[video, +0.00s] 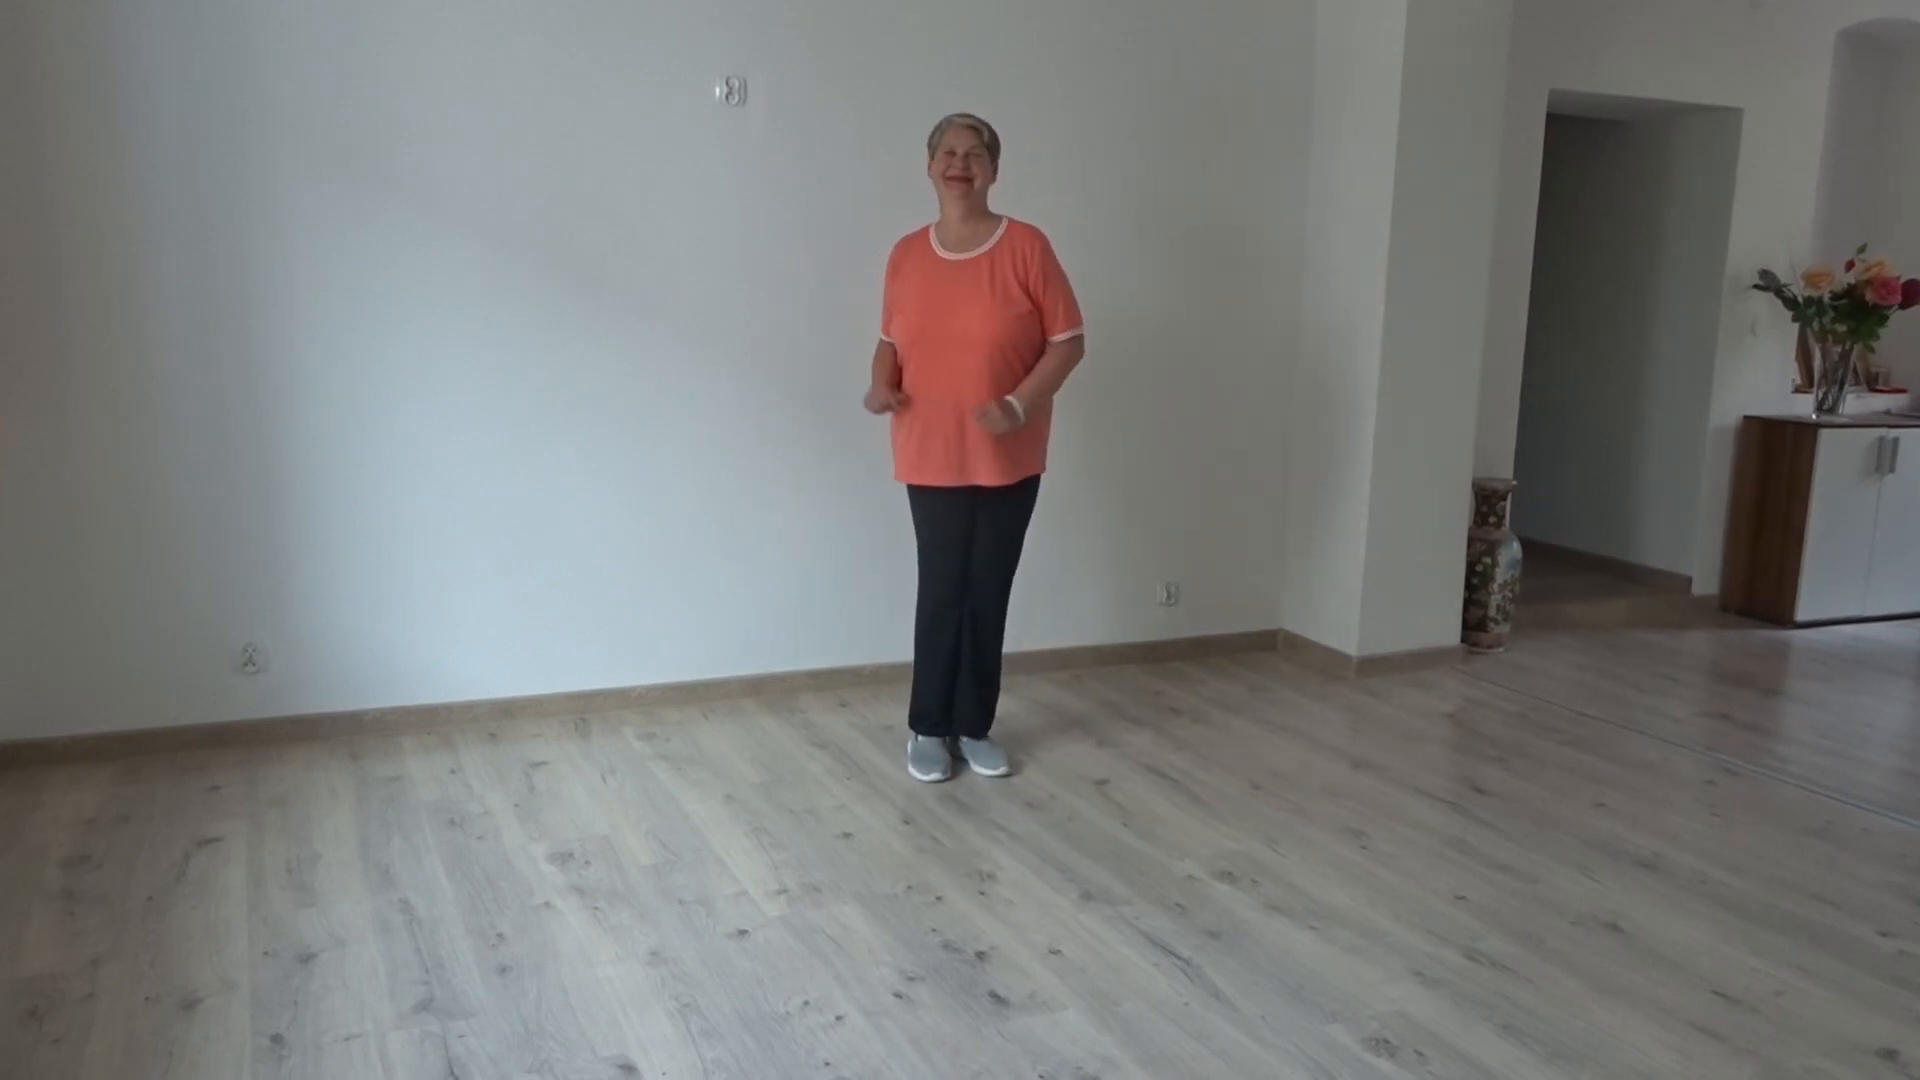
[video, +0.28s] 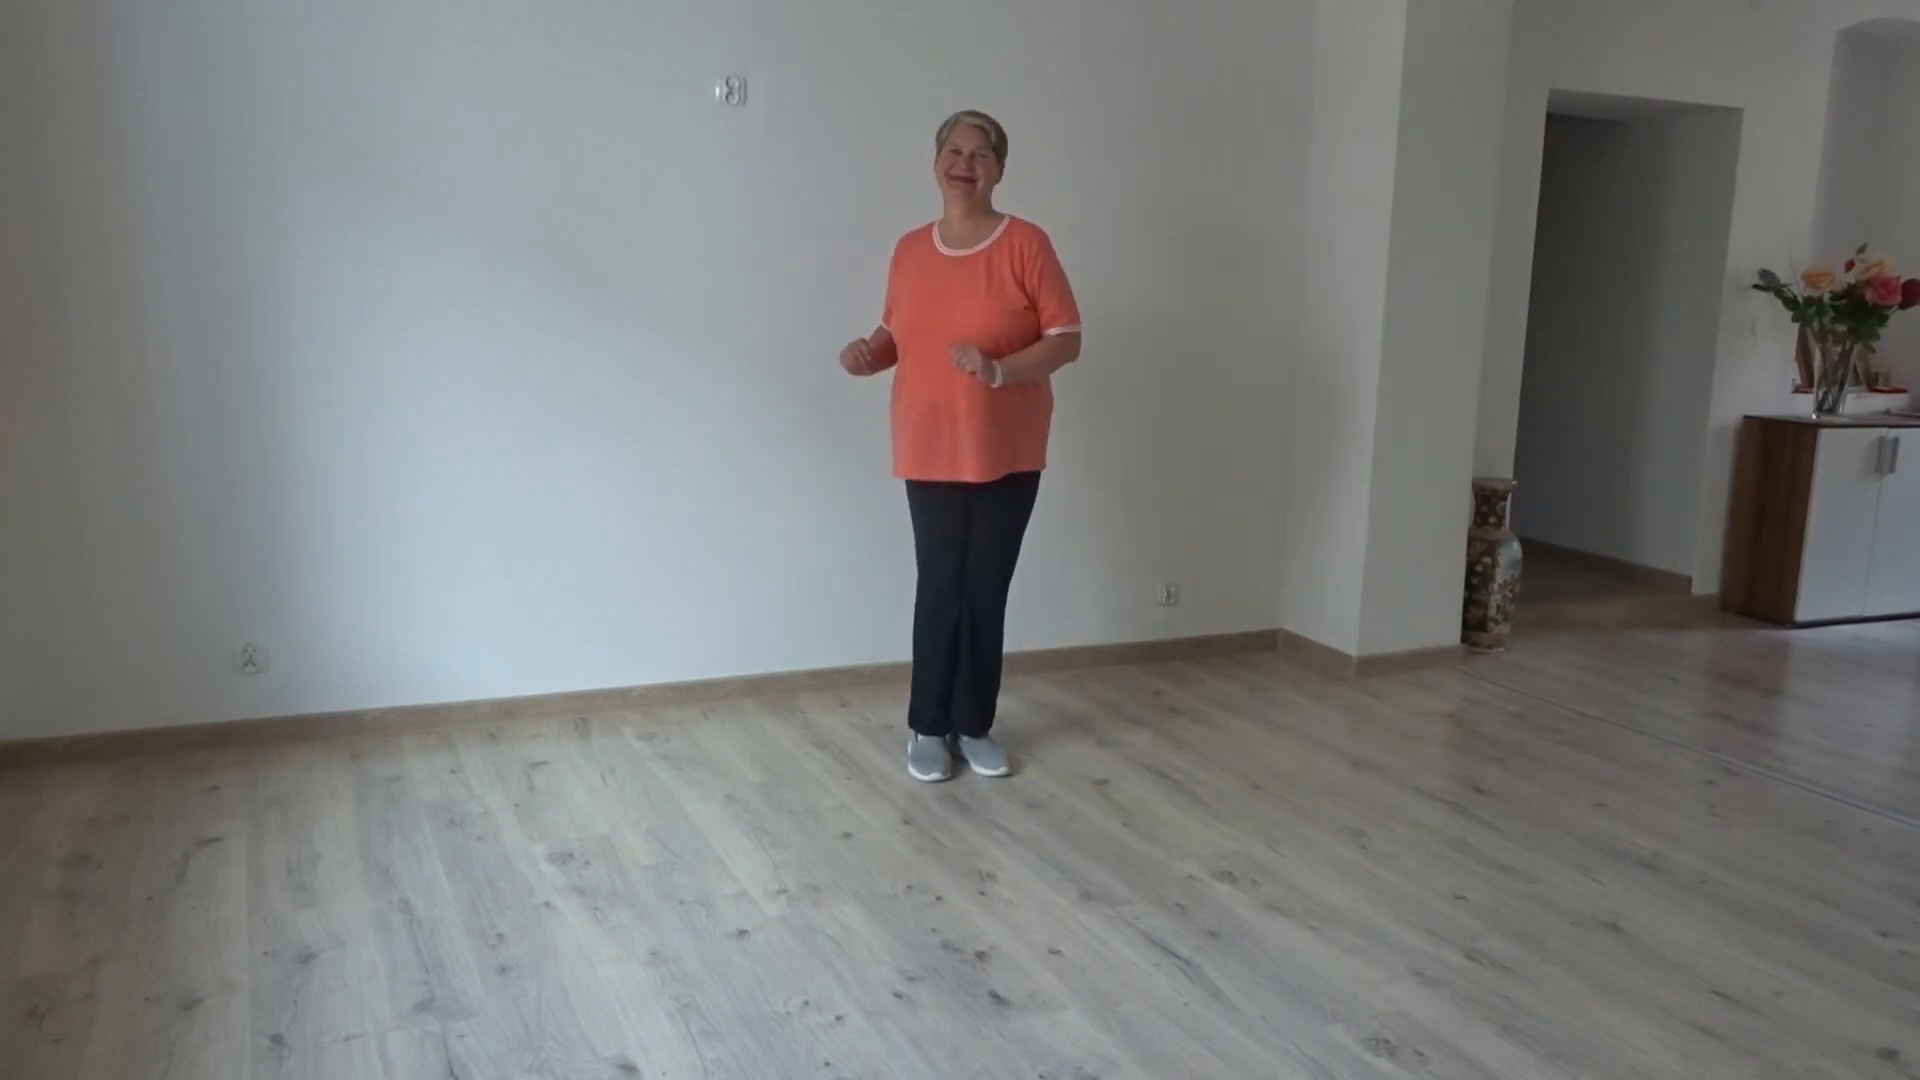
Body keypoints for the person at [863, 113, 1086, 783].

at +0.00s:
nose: (960, 163)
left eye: (973, 154)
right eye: (948, 153)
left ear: (994, 170)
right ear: (930, 168)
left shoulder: (1026, 246)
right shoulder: (907, 253)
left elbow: (1070, 340)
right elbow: (890, 340)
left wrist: (1022, 401)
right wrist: (882, 386)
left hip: (1007, 458)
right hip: (931, 458)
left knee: (987, 599)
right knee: (940, 596)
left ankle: (973, 730)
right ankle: (928, 731)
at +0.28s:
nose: (964, 161)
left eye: (979, 154)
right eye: (953, 151)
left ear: (998, 170)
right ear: (935, 165)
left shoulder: (1025, 244)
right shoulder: (910, 249)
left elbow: (1067, 340)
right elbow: (894, 333)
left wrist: (1002, 367)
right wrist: (867, 354)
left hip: (1008, 456)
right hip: (931, 455)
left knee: (985, 592)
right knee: (939, 590)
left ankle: (974, 729)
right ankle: (929, 730)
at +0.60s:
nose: (980, 164)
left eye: (995, 158)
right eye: (968, 153)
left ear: (1009, 174)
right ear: (946, 163)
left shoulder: (1035, 249)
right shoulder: (914, 247)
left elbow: (1074, 342)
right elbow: (886, 334)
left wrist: (1026, 378)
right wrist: (888, 353)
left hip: (1007, 457)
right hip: (930, 457)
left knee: (987, 596)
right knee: (936, 593)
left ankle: (974, 728)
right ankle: (928, 731)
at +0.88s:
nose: (987, 166)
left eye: (1000, 158)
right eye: (975, 155)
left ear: (1015, 173)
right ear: (952, 165)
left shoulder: (1040, 251)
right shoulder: (915, 247)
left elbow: (1075, 343)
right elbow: (881, 330)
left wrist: (1041, 378)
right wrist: (902, 365)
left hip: (1010, 460)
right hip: (935, 458)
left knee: (990, 599)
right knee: (939, 595)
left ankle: (974, 729)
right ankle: (927, 731)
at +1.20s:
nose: (990, 166)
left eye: (1002, 155)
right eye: (977, 158)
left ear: (1023, 165)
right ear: (959, 171)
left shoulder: (1047, 254)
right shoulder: (931, 241)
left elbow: (1069, 342)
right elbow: (879, 323)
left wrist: (1060, 373)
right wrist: (929, 365)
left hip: (1013, 458)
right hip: (939, 456)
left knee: (991, 599)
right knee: (943, 594)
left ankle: (972, 728)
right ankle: (926, 730)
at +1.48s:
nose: (999, 169)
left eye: (1010, 159)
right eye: (985, 160)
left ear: (1028, 171)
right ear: (963, 172)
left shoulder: (1043, 257)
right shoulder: (938, 241)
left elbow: (1052, 342)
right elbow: (885, 325)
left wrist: (1059, 378)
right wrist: (953, 368)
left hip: (1012, 458)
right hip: (943, 454)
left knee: (992, 596)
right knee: (947, 592)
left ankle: (972, 728)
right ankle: (926, 730)